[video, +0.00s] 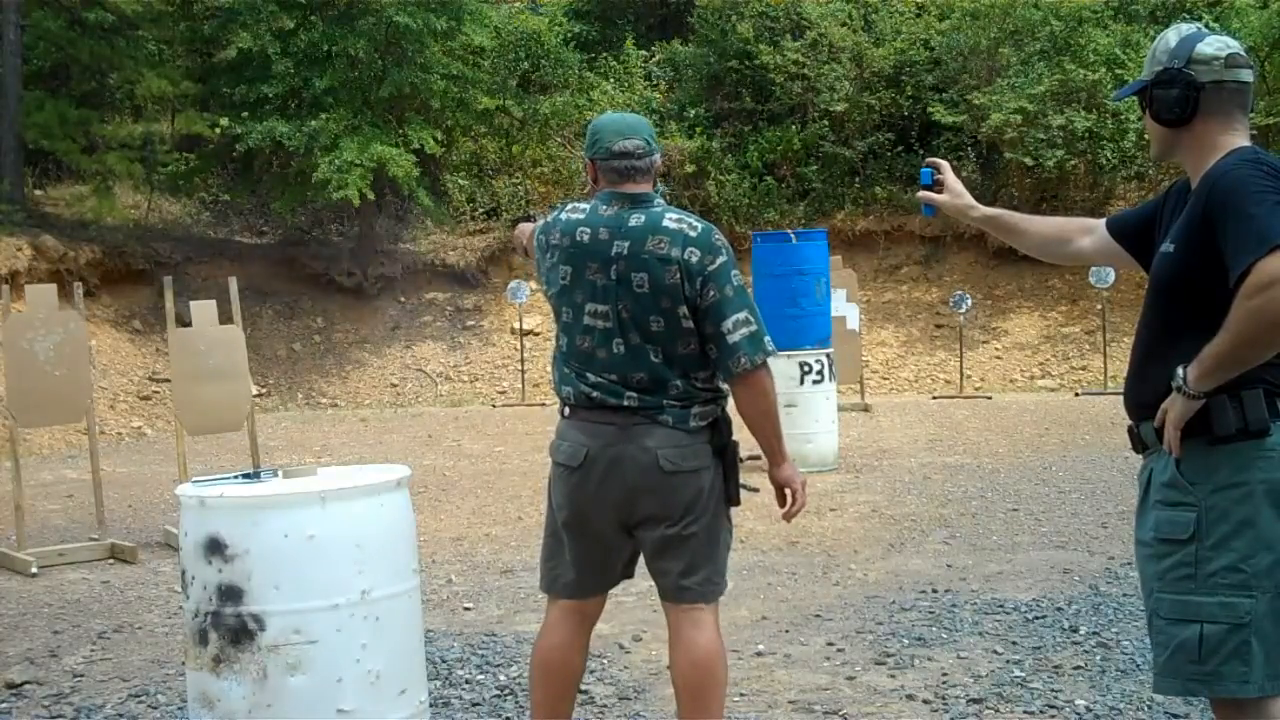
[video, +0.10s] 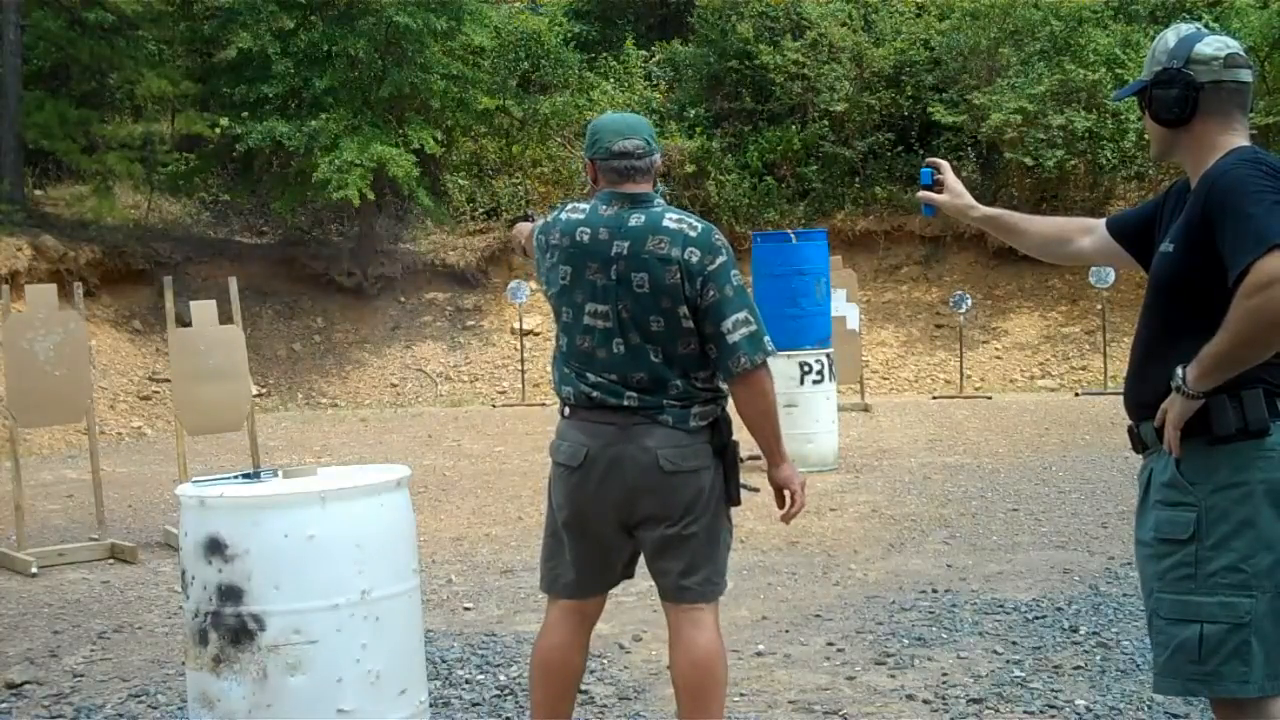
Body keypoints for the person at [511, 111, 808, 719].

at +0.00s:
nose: (585, 172)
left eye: (586, 165)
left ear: (592, 170)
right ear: (658, 166)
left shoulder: (562, 233)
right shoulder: (697, 240)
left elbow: (527, 236)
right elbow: (747, 365)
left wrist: (533, 228)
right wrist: (778, 458)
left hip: (584, 447)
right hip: (682, 452)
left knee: (570, 608)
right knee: (693, 612)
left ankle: (547, 715)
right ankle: (703, 718)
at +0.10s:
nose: (585, 172)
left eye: (586, 165)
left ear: (592, 170)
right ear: (658, 166)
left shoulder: (563, 233)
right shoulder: (698, 240)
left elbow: (527, 236)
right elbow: (746, 365)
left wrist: (528, 230)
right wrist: (778, 459)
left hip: (584, 447)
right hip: (682, 452)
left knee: (570, 608)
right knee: (693, 612)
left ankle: (547, 715)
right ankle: (703, 719)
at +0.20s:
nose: (585, 172)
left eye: (586, 165)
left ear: (591, 170)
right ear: (657, 165)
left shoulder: (561, 232)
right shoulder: (696, 239)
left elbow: (531, 237)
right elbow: (745, 365)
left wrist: (529, 231)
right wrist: (777, 460)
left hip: (584, 447)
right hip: (682, 452)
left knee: (570, 608)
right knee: (693, 612)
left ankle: (547, 715)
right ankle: (703, 719)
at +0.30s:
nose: (583, 173)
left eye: (585, 166)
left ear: (591, 170)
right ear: (656, 166)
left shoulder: (563, 232)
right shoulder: (696, 239)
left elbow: (529, 238)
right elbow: (745, 366)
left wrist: (528, 231)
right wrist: (776, 458)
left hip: (585, 447)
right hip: (682, 452)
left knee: (570, 608)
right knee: (693, 612)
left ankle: (546, 715)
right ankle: (704, 718)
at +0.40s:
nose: (584, 174)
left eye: (585, 167)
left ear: (591, 171)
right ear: (656, 166)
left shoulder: (562, 233)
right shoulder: (696, 240)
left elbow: (527, 236)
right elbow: (745, 365)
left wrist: (528, 230)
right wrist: (776, 457)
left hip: (583, 447)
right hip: (681, 451)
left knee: (569, 607)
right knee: (693, 612)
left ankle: (547, 715)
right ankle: (703, 718)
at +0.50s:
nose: (583, 174)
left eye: (585, 167)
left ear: (590, 172)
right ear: (656, 167)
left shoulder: (562, 234)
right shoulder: (696, 240)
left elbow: (528, 235)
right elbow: (745, 365)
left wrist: (530, 229)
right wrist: (776, 456)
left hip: (584, 446)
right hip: (681, 450)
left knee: (569, 606)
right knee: (693, 611)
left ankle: (547, 715)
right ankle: (703, 719)